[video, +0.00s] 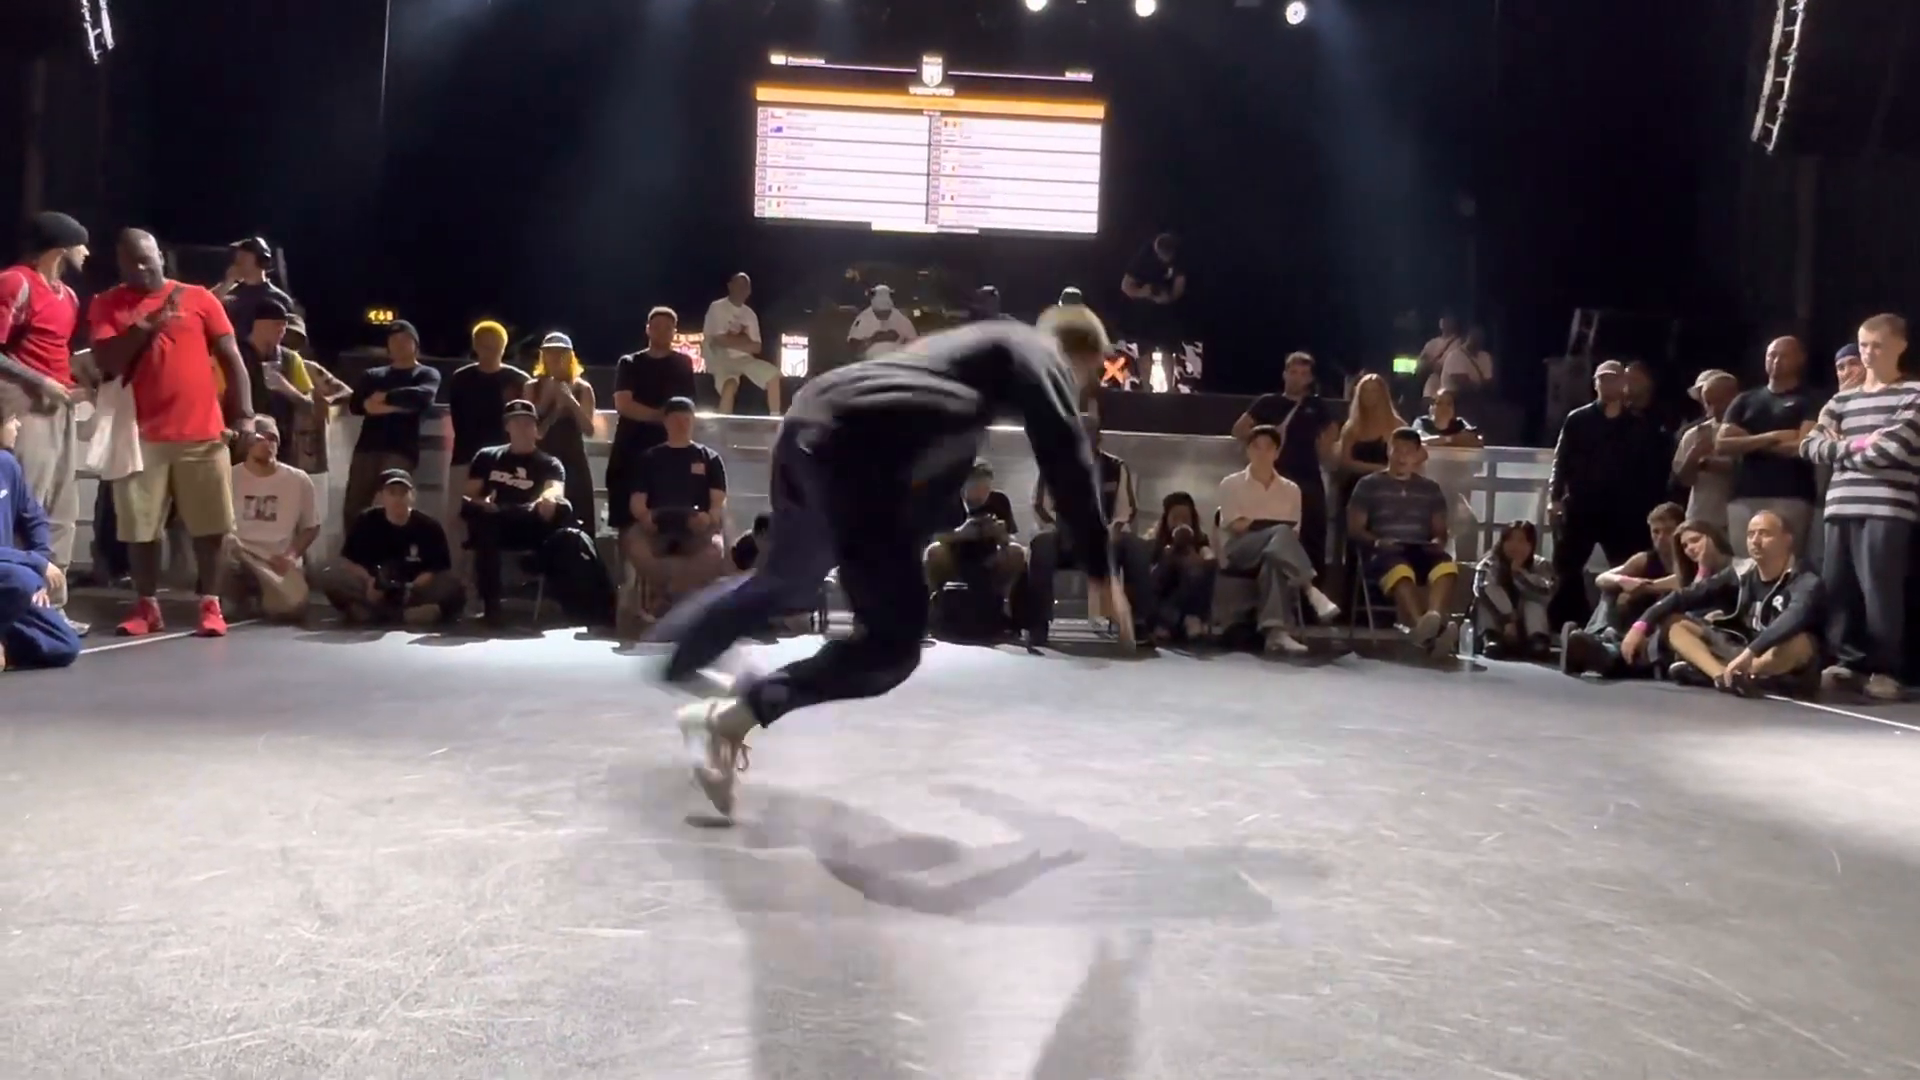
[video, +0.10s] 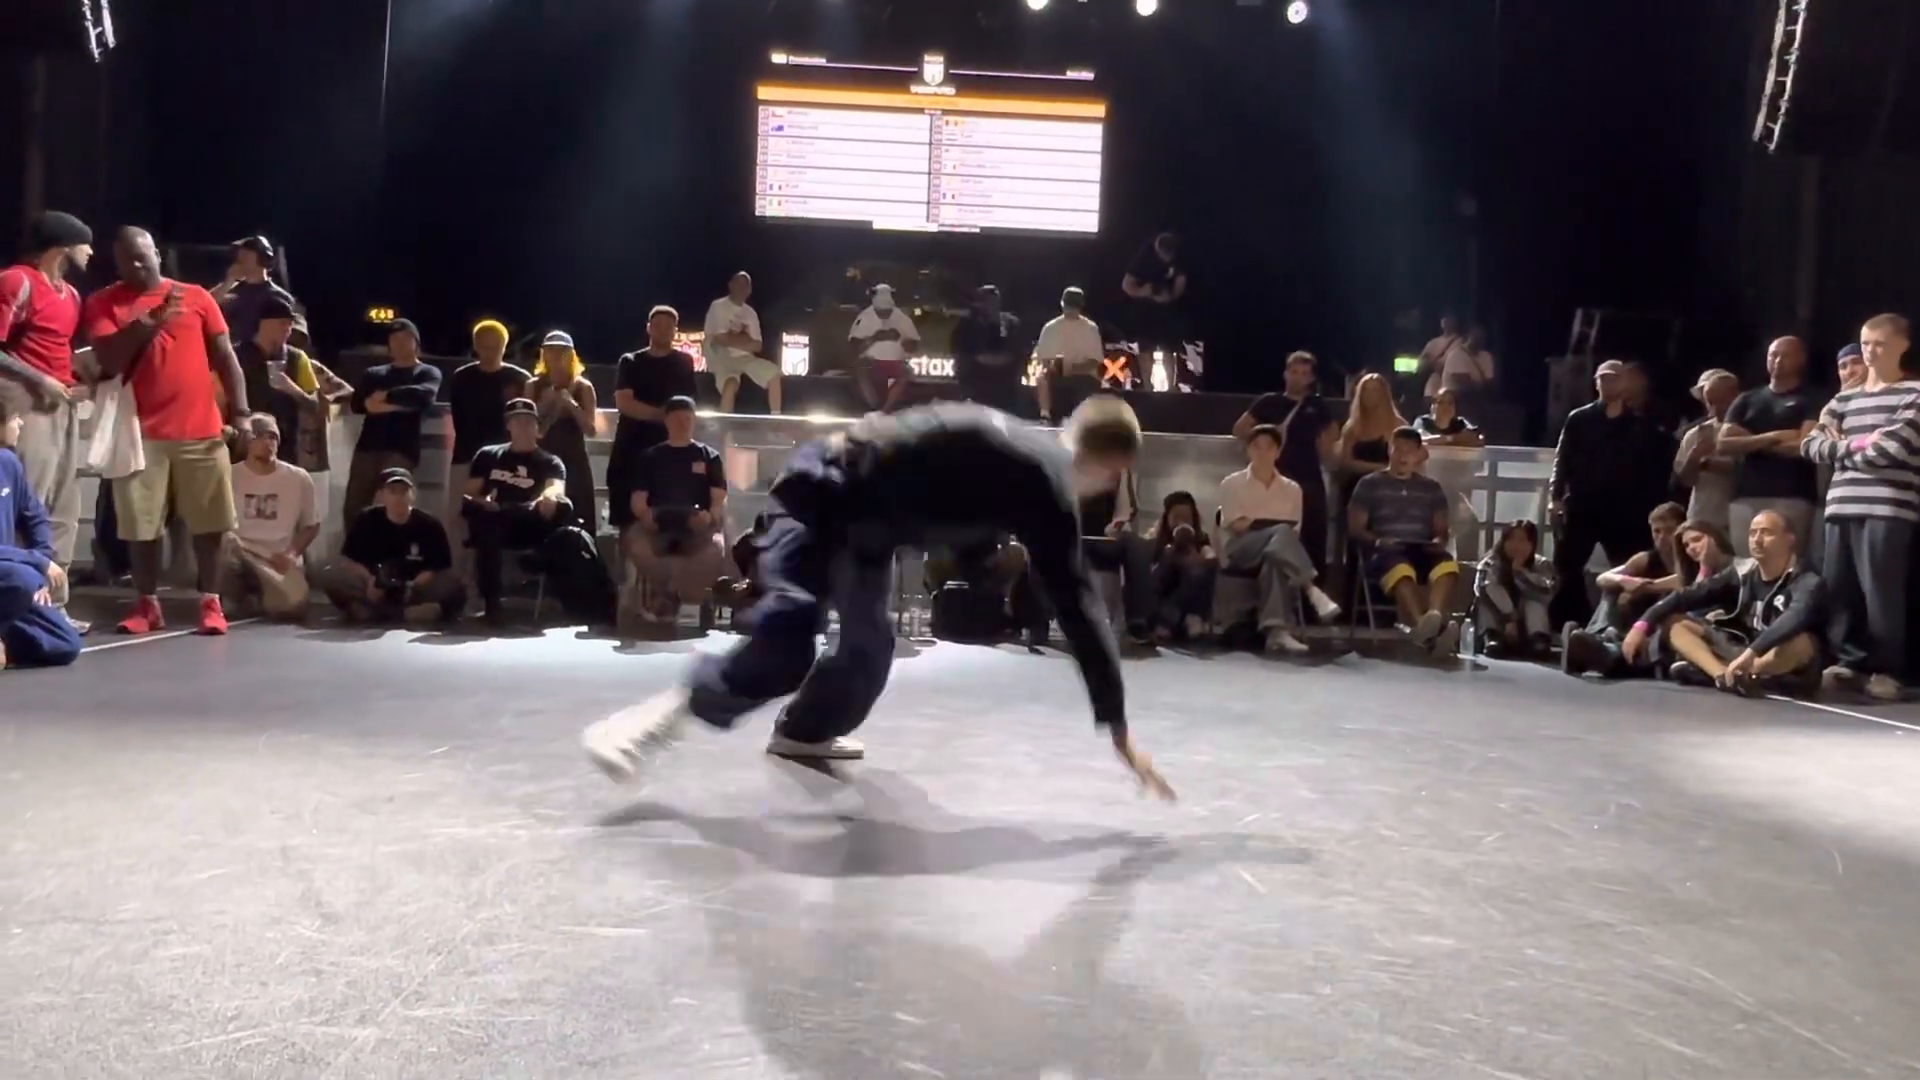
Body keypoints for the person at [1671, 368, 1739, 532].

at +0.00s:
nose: (1713, 409)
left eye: (1718, 402)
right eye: (1709, 403)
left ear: (1732, 398)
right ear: (1704, 403)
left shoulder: (1743, 431)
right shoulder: (1694, 435)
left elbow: (1747, 469)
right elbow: (1681, 478)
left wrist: (1708, 464)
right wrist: (1696, 452)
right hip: (1701, 510)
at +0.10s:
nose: (1715, 409)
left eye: (1720, 402)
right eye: (1710, 403)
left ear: (1734, 398)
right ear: (1705, 402)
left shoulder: (1745, 430)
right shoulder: (1695, 435)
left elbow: (1749, 468)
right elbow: (1682, 479)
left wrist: (1709, 463)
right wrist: (1697, 452)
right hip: (1703, 512)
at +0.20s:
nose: (1716, 408)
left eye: (1721, 401)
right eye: (1711, 402)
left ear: (1735, 397)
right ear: (1706, 402)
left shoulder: (1746, 430)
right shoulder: (1696, 435)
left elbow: (1750, 469)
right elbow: (1683, 475)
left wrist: (1711, 464)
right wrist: (1698, 453)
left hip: (1739, 511)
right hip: (1704, 512)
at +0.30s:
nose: (1718, 408)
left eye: (1723, 401)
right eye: (1713, 402)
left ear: (1737, 398)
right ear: (1707, 402)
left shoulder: (1749, 431)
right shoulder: (1698, 435)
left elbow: (1752, 469)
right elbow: (1685, 476)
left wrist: (1712, 464)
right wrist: (1698, 454)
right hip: (1705, 513)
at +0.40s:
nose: (1720, 408)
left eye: (1725, 401)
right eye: (1715, 402)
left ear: (1739, 398)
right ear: (1710, 402)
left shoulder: (1751, 431)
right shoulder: (1700, 435)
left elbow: (1754, 469)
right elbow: (1684, 474)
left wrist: (1717, 463)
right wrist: (1698, 455)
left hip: (1742, 509)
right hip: (1707, 510)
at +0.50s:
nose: (1721, 407)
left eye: (1726, 400)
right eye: (1716, 401)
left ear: (1740, 398)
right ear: (1711, 401)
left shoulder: (1751, 430)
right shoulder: (1702, 434)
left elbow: (1752, 468)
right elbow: (1688, 474)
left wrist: (1715, 464)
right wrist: (1700, 456)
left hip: (1743, 507)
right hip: (1709, 509)